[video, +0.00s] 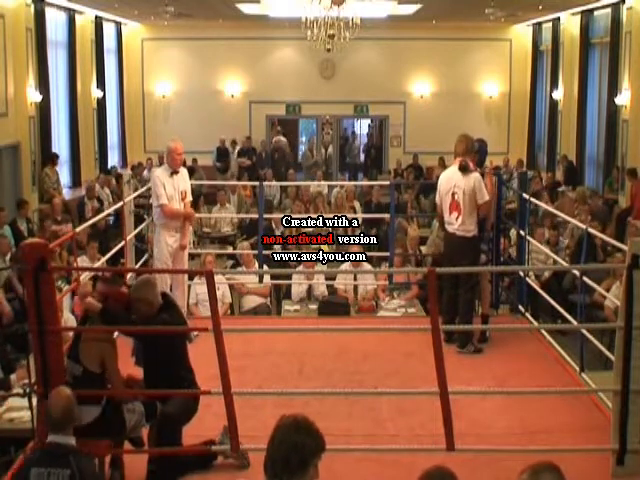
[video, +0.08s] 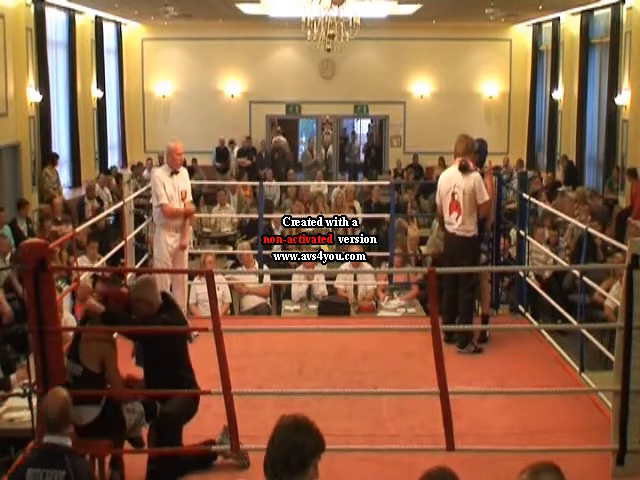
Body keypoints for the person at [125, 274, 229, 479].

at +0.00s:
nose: (136, 309)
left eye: (140, 304)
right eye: (135, 304)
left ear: (152, 303)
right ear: (133, 301)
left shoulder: (167, 321)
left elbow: (131, 326)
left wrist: (101, 310)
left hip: (183, 393)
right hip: (159, 394)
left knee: (167, 416)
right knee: (164, 467)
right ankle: (216, 447)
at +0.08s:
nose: (137, 309)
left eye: (141, 304)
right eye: (135, 303)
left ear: (152, 302)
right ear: (134, 300)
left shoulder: (168, 322)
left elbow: (133, 329)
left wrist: (101, 311)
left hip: (183, 393)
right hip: (159, 394)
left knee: (167, 415)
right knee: (164, 467)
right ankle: (215, 447)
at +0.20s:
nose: (138, 308)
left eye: (142, 303)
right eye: (135, 303)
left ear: (153, 300)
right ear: (132, 299)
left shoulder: (168, 322)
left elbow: (137, 343)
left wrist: (114, 320)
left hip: (183, 392)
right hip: (159, 392)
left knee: (166, 415)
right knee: (162, 466)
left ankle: (216, 450)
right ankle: (215, 448)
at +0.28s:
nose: (138, 308)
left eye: (142, 304)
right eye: (136, 303)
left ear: (153, 300)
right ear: (133, 298)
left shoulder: (173, 323)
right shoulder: (139, 311)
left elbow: (149, 360)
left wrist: (132, 335)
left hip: (181, 392)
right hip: (157, 390)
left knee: (165, 415)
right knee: (162, 466)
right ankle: (215, 447)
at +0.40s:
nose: (139, 308)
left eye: (143, 304)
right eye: (136, 302)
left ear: (154, 299)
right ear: (134, 296)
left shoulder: (175, 321)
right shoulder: (141, 307)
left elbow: (167, 365)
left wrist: (141, 354)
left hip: (181, 391)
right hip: (156, 388)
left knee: (165, 416)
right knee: (164, 466)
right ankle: (216, 448)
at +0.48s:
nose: (138, 306)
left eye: (143, 301)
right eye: (136, 300)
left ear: (155, 296)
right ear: (135, 295)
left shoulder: (176, 320)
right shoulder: (148, 308)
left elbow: (174, 364)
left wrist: (145, 359)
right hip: (158, 388)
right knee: (162, 465)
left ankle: (216, 449)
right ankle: (214, 448)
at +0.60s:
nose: (142, 301)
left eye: (145, 294)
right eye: (139, 295)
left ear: (159, 289)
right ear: (137, 292)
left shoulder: (178, 318)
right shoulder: (144, 311)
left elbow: (178, 370)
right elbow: (126, 342)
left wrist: (149, 359)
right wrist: (131, 337)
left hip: (179, 393)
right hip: (156, 389)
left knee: (159, 469)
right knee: (164, 465)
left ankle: (216, 450)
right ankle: (215, 448)